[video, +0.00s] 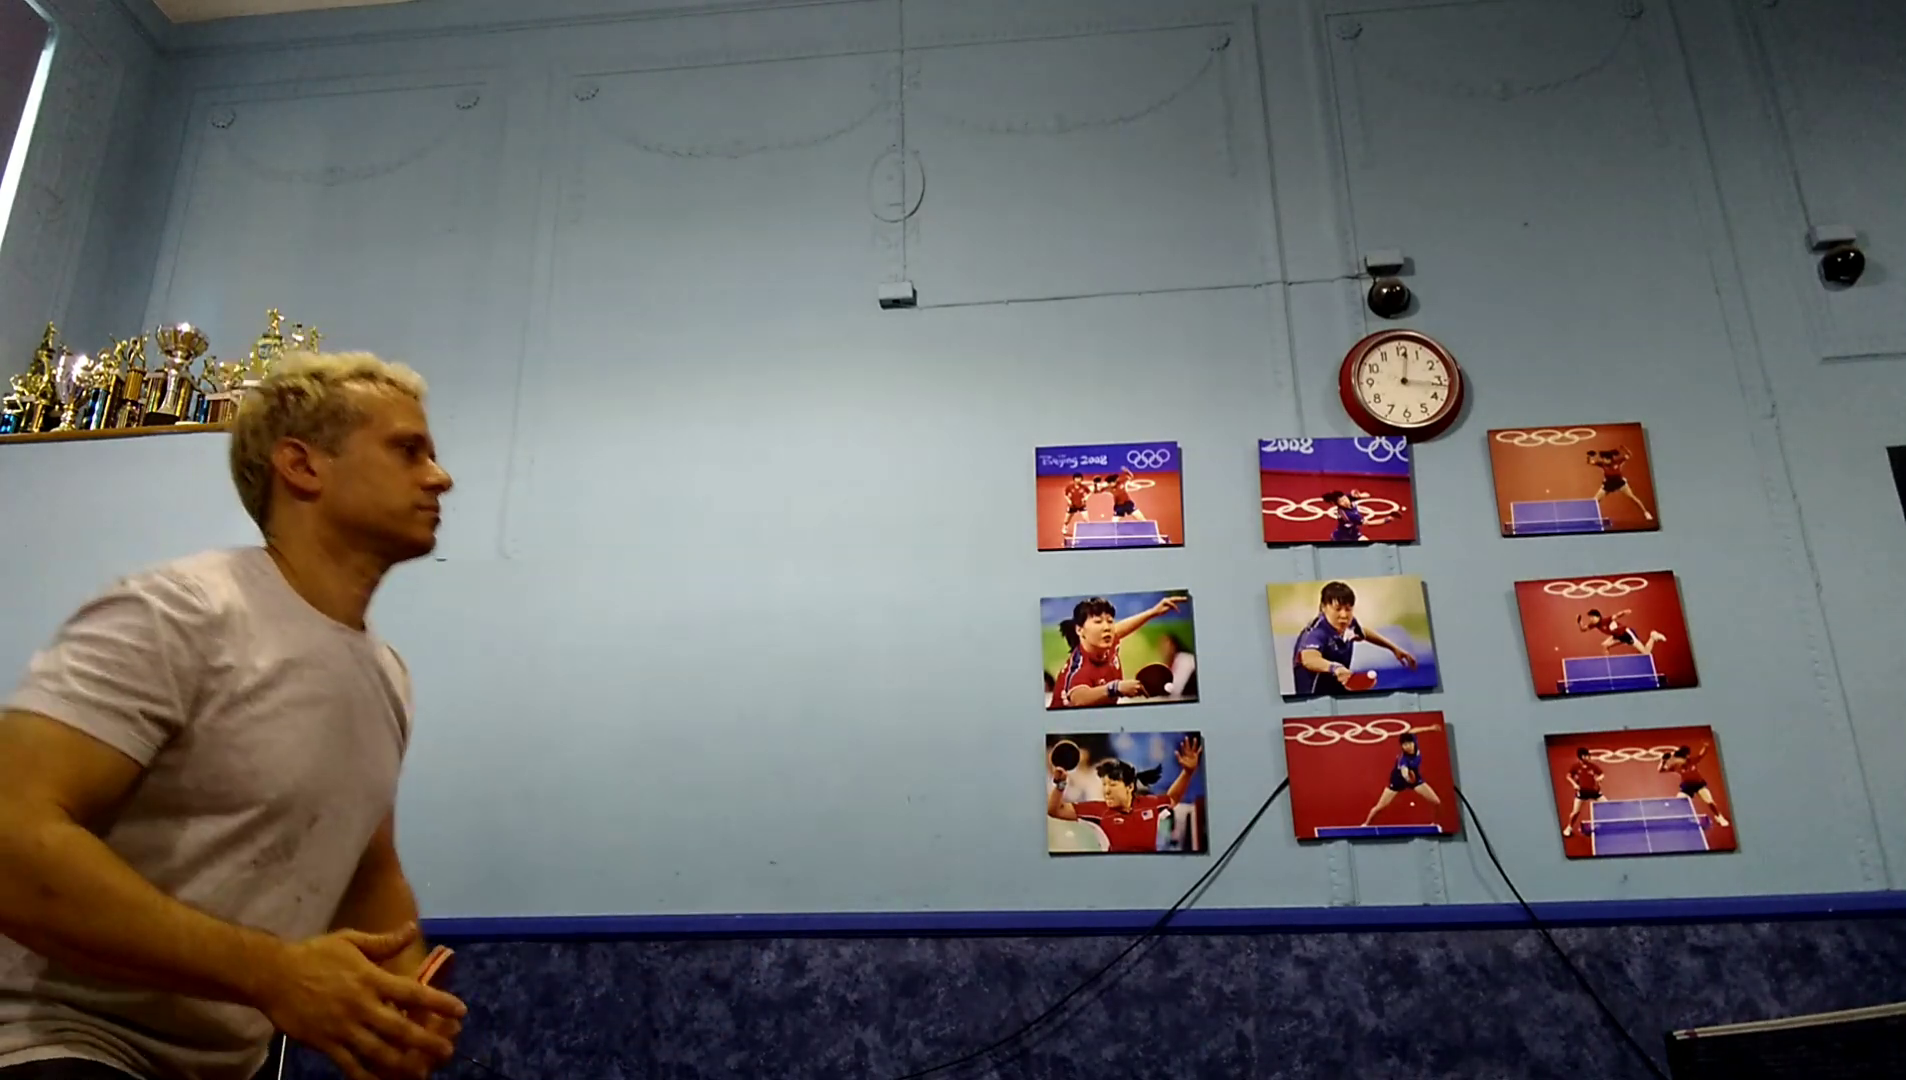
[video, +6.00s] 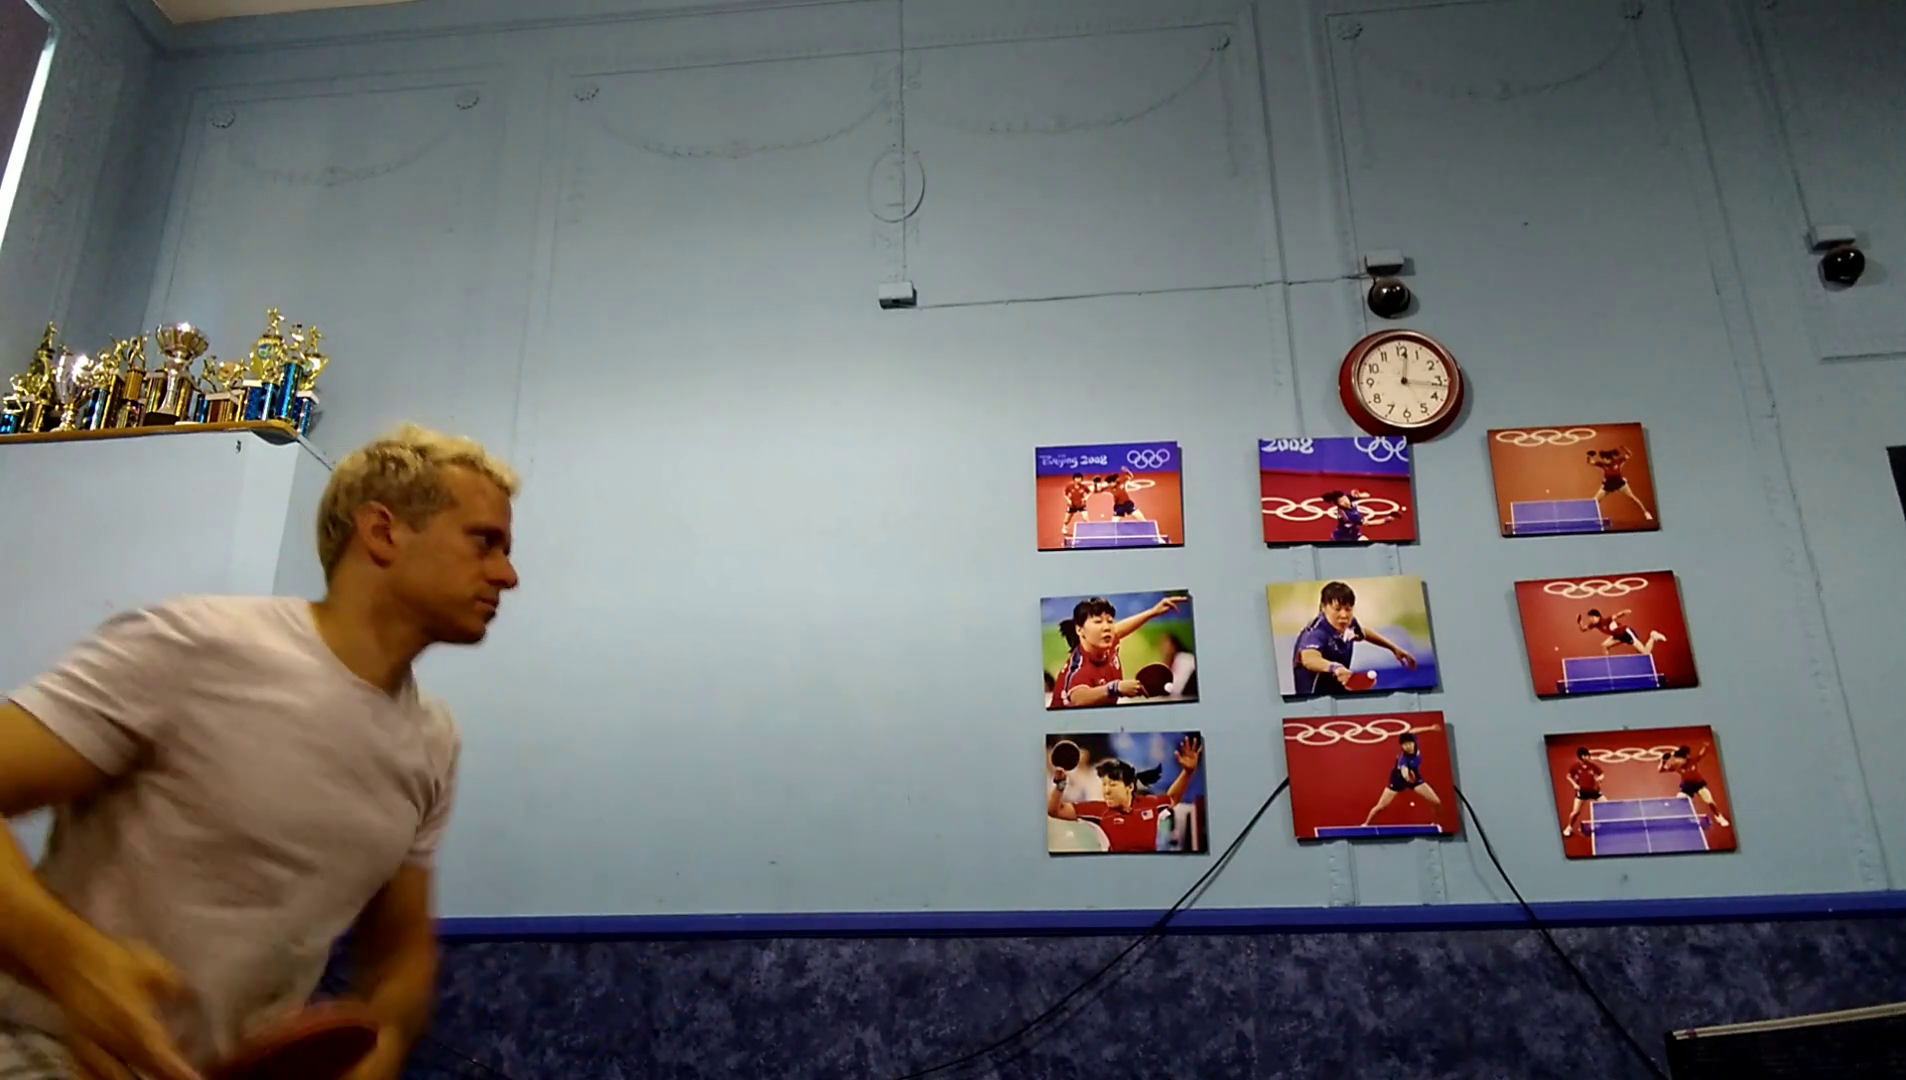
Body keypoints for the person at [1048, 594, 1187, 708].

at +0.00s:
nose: (1107, 628)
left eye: (1109, 622)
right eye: (1098, 622)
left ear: (1114, 626)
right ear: (1080, 630)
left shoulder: (1109, 644)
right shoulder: (1079, 666)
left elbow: (1120, 630)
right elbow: (1078, 698)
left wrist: (1154, 611)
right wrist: (1115, 687)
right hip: (1069, 730)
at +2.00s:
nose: (1106, 628)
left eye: (1109, 622)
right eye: (1098, 622)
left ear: (1114, 626)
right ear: (1080, 630)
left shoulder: (1109, 645)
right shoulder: (1079, 666)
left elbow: (1118, 630)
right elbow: (1078, 698)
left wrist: (1154, 612)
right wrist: (1116, 687)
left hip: (1102, 723)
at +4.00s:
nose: (1107, 628)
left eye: (1109, 622)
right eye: (1098, 622)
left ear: (1114, 626)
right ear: (1080, 630)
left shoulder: (1109, 645)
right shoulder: (1079, 666)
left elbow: (1119, 630)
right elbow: (1078, 698)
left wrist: (1154, 612)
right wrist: (1115, 687)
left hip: (1102, 724)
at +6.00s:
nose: (1107, 628)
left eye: (1109, 622)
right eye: (1098, 622)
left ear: (1114, 626)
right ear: (1080, 630)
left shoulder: (1109, 645)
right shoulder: (1079, 666)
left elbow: (1118, 630)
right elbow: (1078, 698)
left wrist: (1153, 611)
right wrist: (1115, 687)